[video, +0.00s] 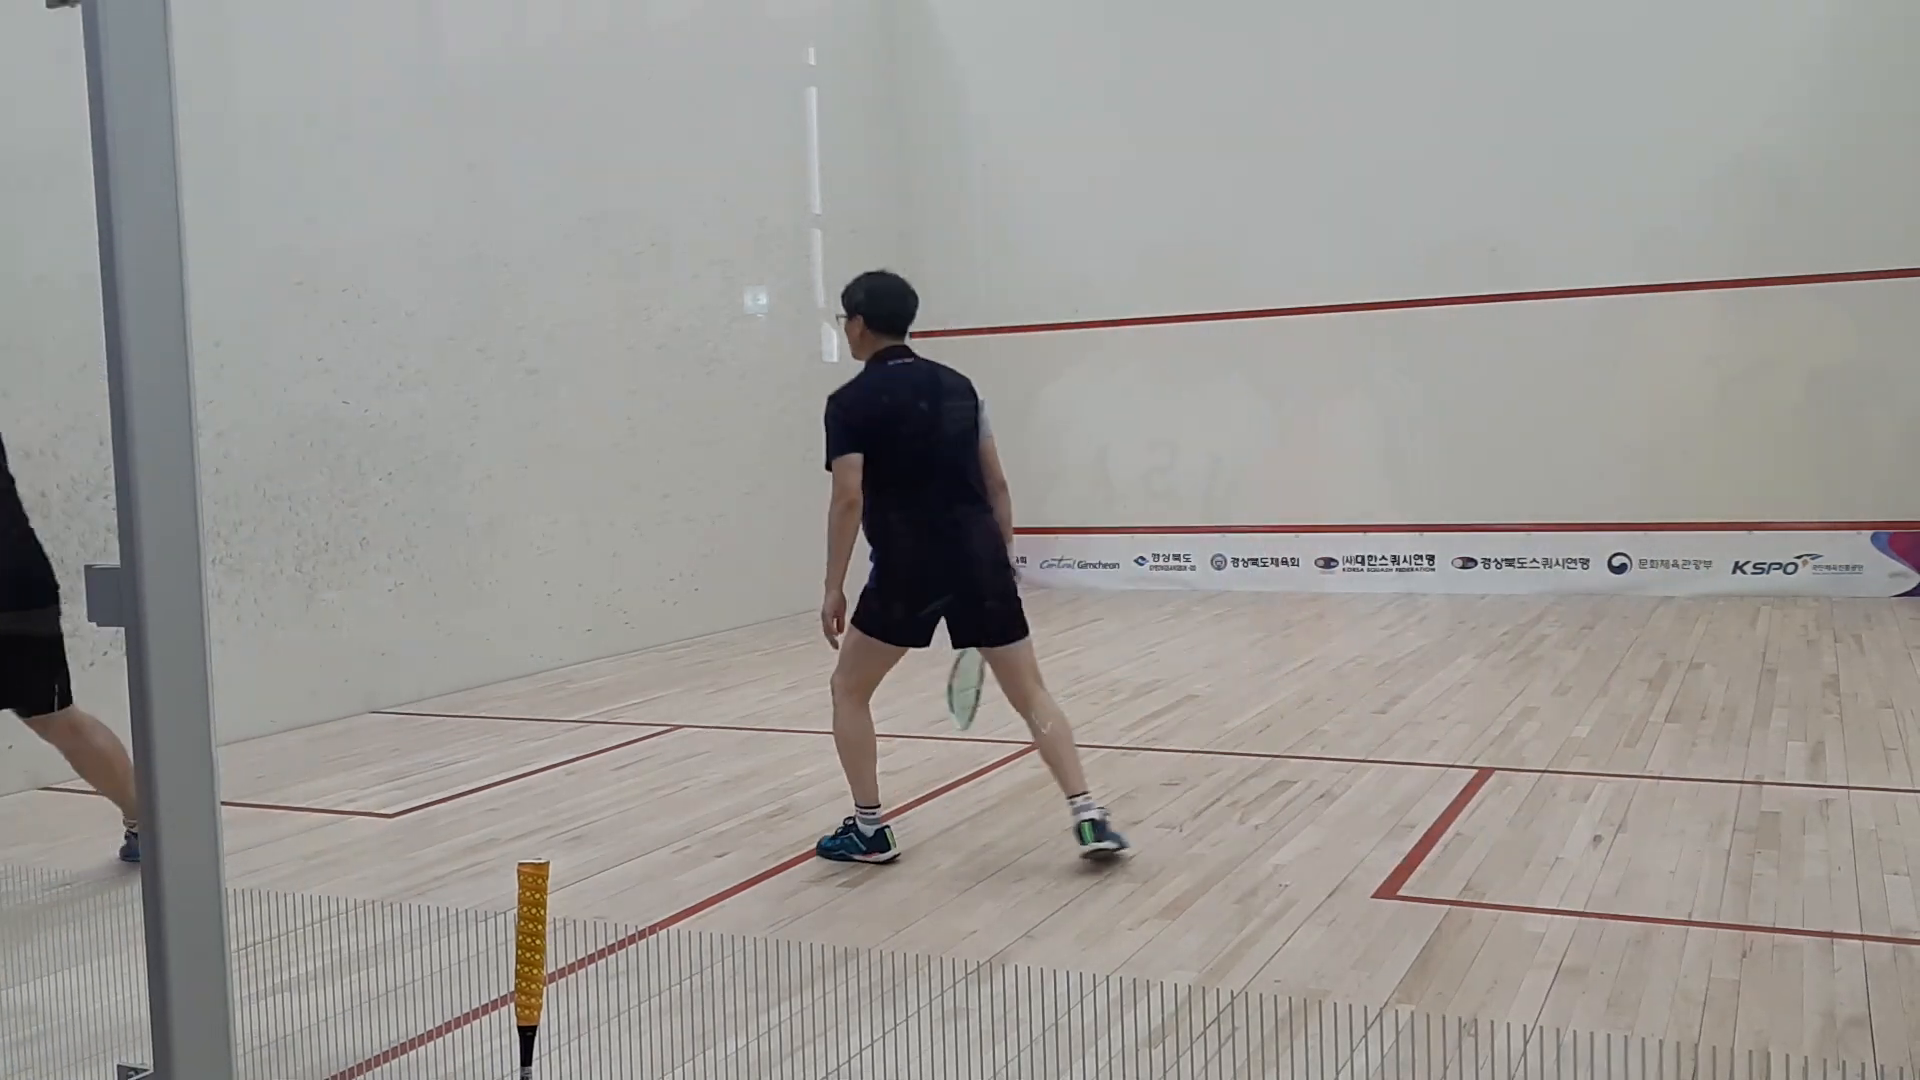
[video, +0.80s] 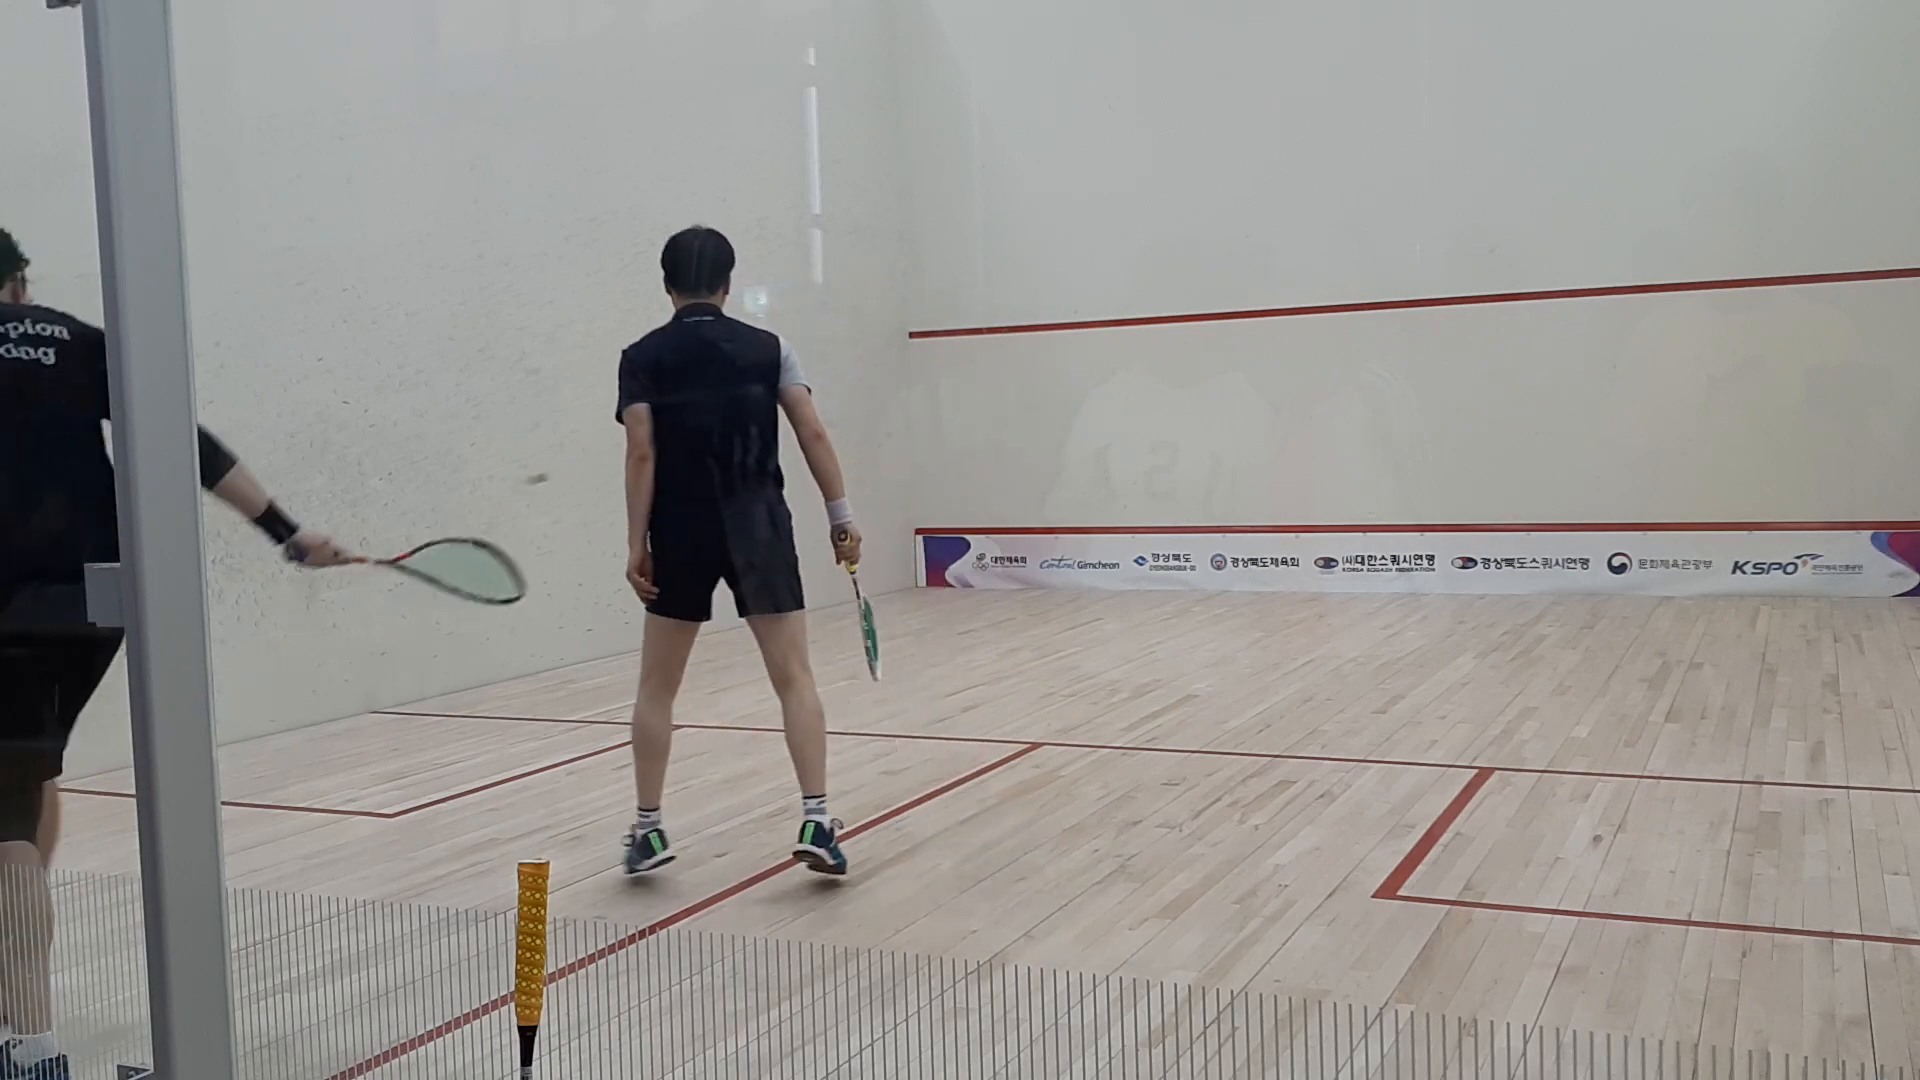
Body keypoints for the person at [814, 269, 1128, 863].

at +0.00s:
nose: (844, 329)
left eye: (846, 320)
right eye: (846, 320)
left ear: (860, 326)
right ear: (905, 323)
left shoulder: (850, 402)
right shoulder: (955, 384)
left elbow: (848, 498)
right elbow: (994, 482)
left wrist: (834, 586)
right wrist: (1000, 557)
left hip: (907, 574)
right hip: (982, 563)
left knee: (850, 689)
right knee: (1033, 696)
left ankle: (868, 824)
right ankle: (1087, 812)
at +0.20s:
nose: (814, 301)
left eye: (816, 291)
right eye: (815, 290)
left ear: (833, 296)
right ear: (875, 293)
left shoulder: (831, 368)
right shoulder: (931, 357)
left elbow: (841, 465)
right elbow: (968, 458)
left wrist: (834, 560)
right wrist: (967, 532)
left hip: (871, 546)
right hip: (945, 542)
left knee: (816, 671)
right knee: (976, 685)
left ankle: (806, 809)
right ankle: (1008, 816)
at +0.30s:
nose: (798, 321)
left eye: (800, 310)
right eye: (799, 310)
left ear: (816, 313)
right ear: (862, 309)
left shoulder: (809, 384)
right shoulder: (916, 372)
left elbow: (819, 478)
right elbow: (955, 470)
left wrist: (818, 570)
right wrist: (961, 544)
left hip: (852, 565)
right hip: (927, 558)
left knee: (778, 690)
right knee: (964, 698)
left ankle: (731, 820)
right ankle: (1005, 820)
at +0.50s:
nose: (747, 335)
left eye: (741, 327)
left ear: (740, 332)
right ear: (799, 330)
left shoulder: (722, 409)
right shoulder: (842, 395)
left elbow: (730, 502)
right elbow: (891, 488)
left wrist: (728, 593)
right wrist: (919, 562)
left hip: (767, 587)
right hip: (850, 581)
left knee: (707, 709)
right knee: (921, 702)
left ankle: (694, 845)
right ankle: (990, 818)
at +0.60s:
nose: (702, 329)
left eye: (701, 321)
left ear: (702, 327)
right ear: (762, 325)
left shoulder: (676, 404)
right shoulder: (800, 391)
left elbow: (684, 495)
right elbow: (854, 474)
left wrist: (684, 585)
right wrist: (888, 552)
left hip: (731, 581)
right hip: (812, 571)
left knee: (690, 715)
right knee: (886, 695)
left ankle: (692, 847)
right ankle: (951, 820)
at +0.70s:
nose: (694, 305)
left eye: (685, 294)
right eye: (735, 295)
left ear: (680, 300)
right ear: (741, 299)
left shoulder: (654, 374)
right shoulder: (776, 360)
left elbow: (658, 464)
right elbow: (830, 447)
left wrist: (659, 556)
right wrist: (859, 525)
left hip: (703, 553)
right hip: (784, 543)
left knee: (691, 699)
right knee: (835, 682)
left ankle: (688, 840)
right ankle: (870, 815)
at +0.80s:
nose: (719, 287)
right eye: (725, 276)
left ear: (666, 285)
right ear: (729, 283)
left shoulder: (641, 356)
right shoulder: (766, 346)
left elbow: (641, 450)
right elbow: (811, 433)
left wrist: (637, 542)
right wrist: (841, 514)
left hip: (678, 538)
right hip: (761, 533)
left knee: (656, 689)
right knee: (793, 677)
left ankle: (648, 825)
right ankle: (817, 817)